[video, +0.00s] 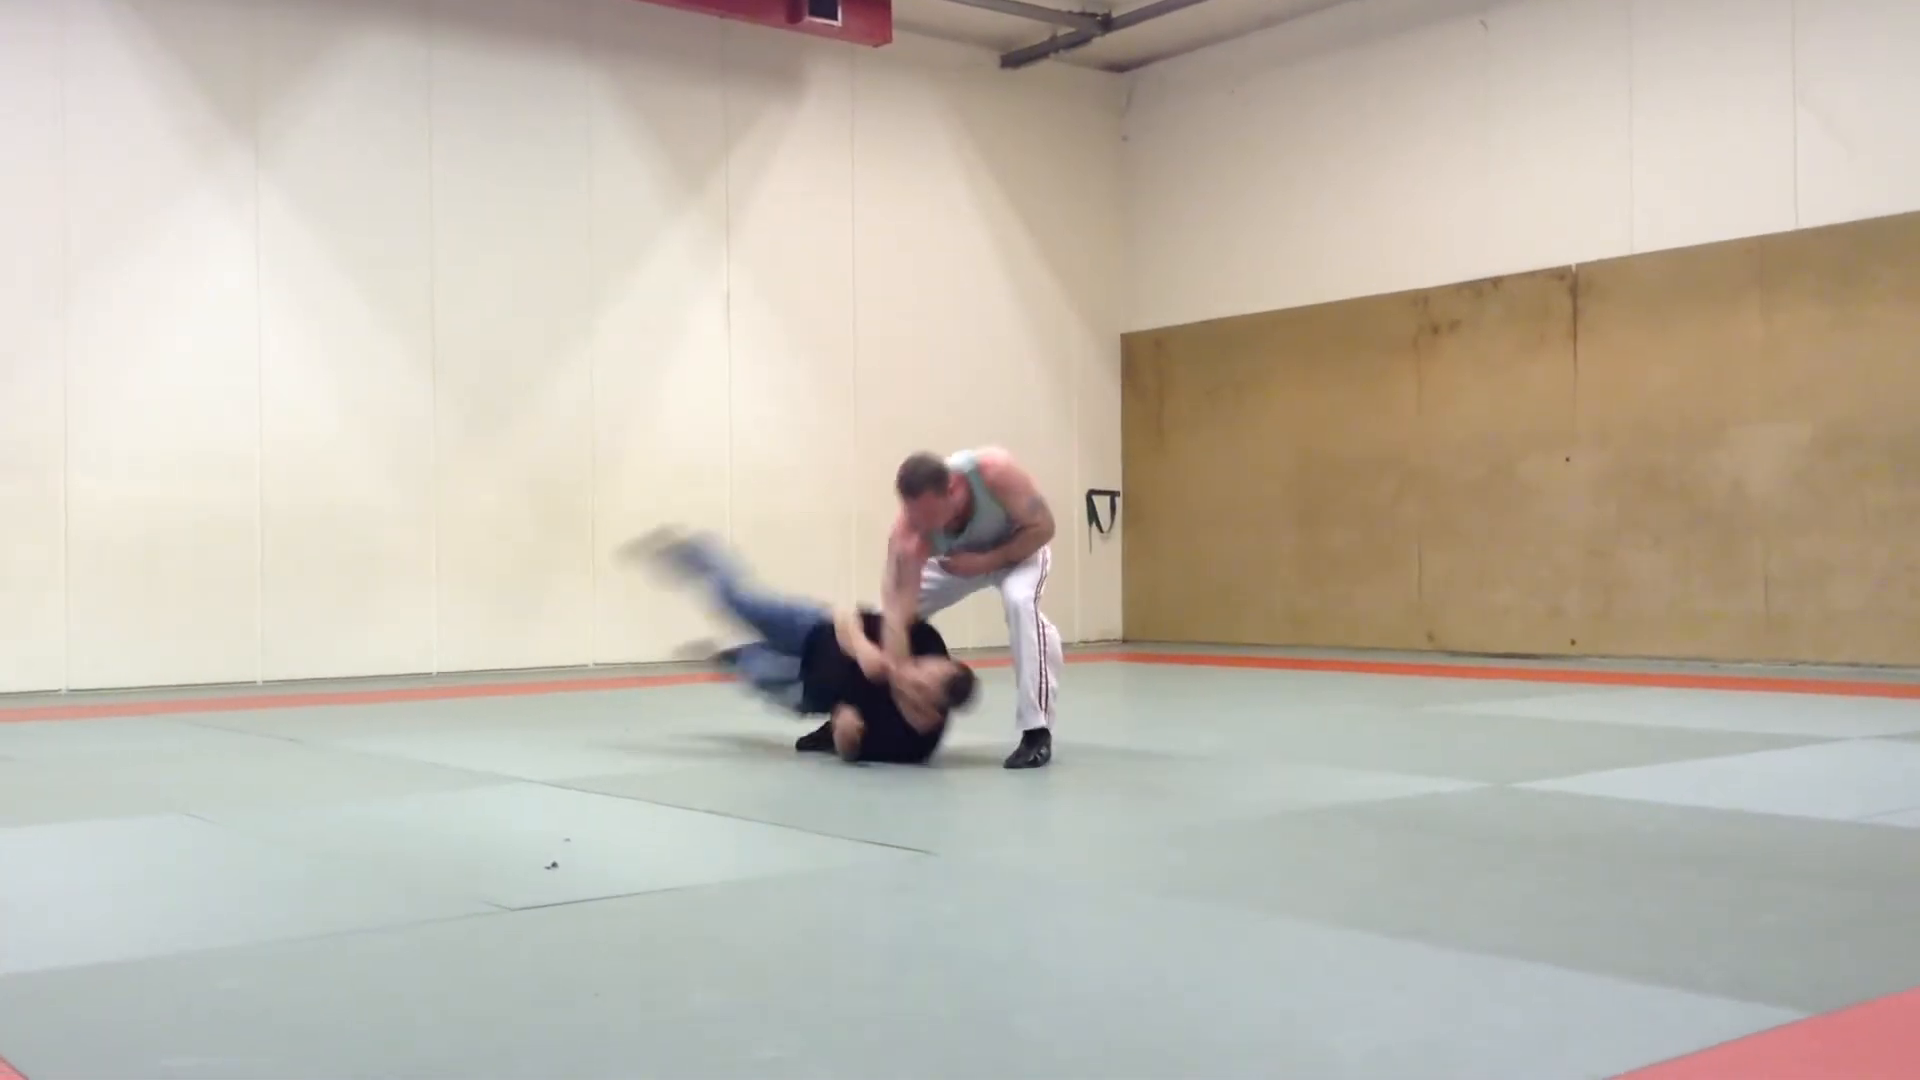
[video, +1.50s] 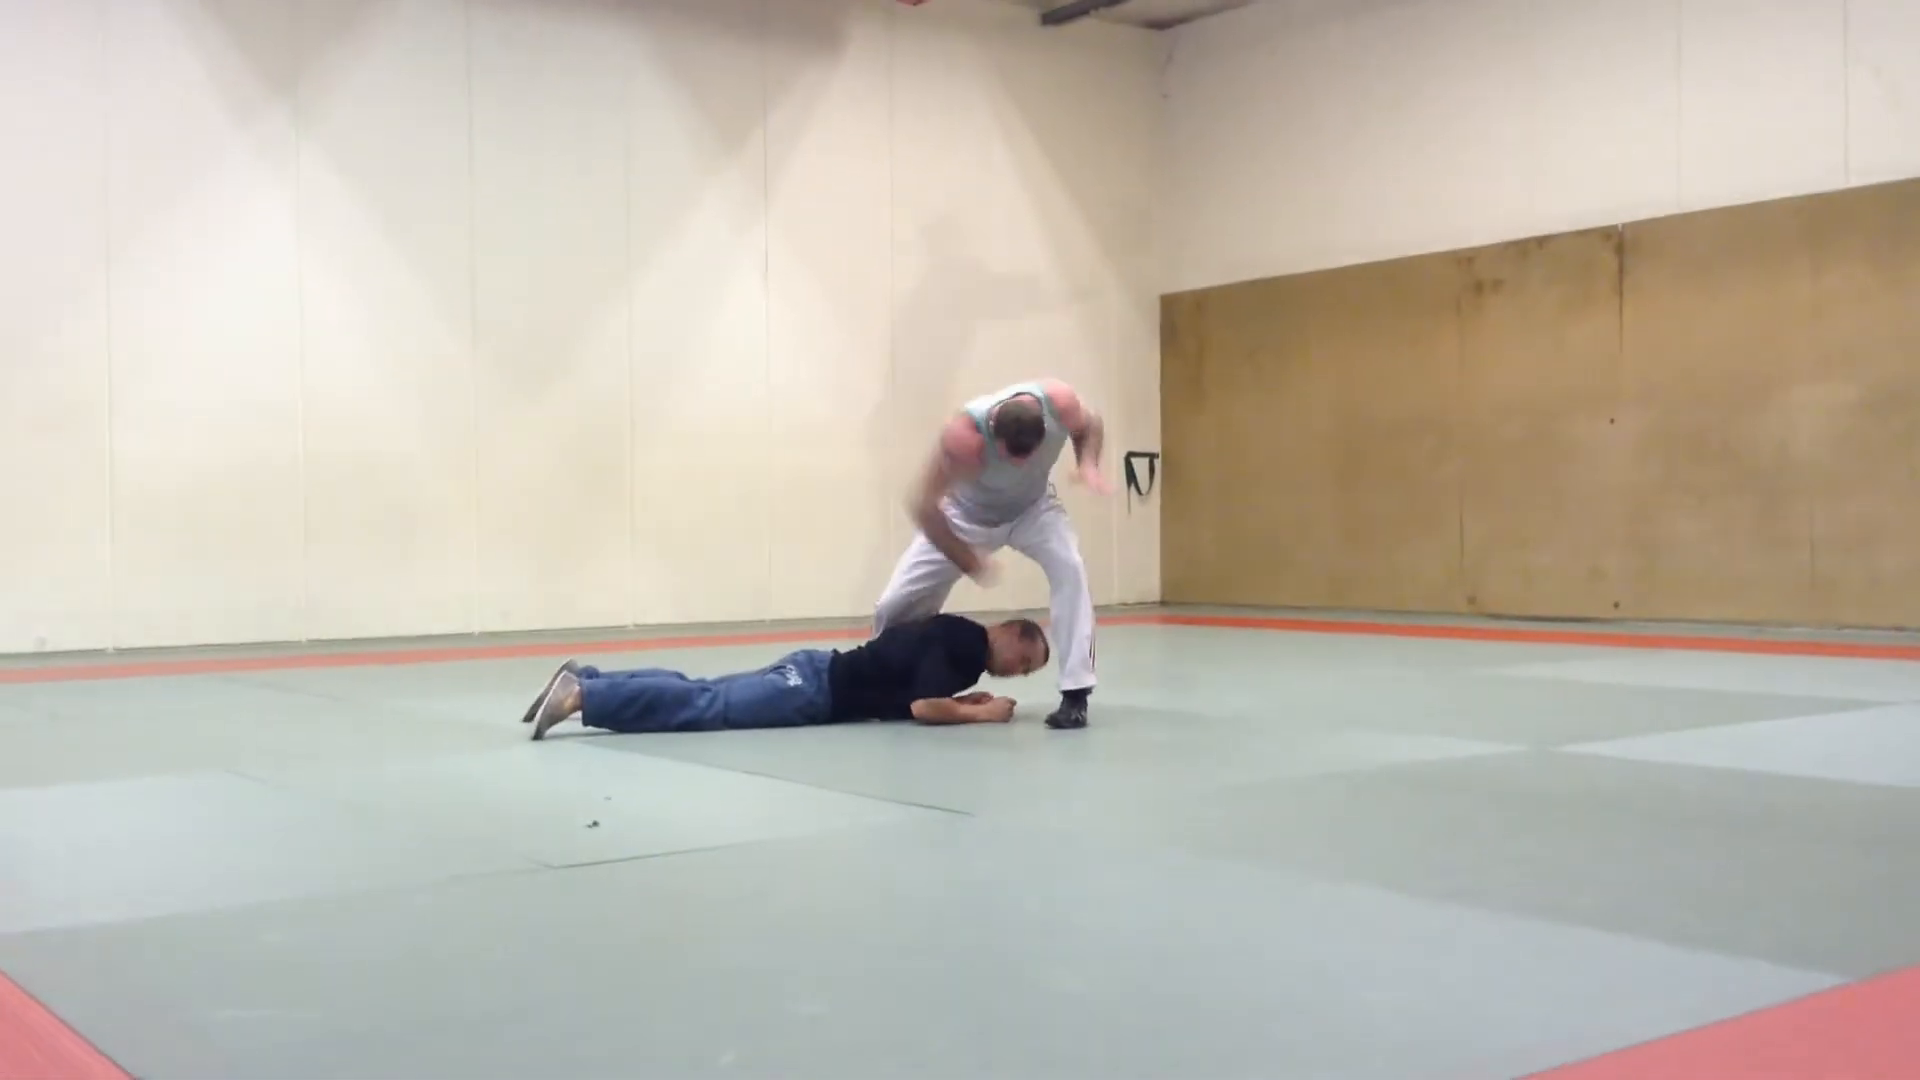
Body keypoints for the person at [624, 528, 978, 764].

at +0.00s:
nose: (913, 677)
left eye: (924, 687)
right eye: (923, 671)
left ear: (935, 706)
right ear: (927, 661)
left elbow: (849, 749)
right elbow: (848, 615)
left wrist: (847, 731)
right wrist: (861, 649)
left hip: (809, 685)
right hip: (818, 635)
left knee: (753, 664)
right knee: (739, 599)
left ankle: (730, 654)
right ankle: (695, 553)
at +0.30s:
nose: (973, 661)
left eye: (981, 656)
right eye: (973, 648)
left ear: (972, 660)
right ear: (950, 629)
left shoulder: (919, 692)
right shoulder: (887, 632)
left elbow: (869, 745)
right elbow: (832, 677)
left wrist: (920, 726)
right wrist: (898, 709)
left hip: (776, 722)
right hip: (768, 699)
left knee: (670, 726)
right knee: (680, 744)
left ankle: (540, 725)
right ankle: (550, 750)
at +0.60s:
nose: (974, 649)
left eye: (979, 640)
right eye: (971, 636)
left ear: (952, 633)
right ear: (945, 624)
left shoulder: (906, 651)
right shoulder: (900, 650)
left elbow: (874, 725)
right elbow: (890, 720)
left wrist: (925, 730)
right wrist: (938, 736)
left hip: (774, 703)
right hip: (772, 714)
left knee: (662, 718)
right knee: (661, 735)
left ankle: (534, 705)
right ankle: (542, 732)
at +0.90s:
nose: (993, 659)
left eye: (999, 651)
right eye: (993, 648)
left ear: (970, 628)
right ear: (969, 629)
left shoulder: (925, 641)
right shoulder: (922, 651)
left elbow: (892, 711)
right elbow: (894, 720)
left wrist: (939, 716)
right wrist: (950, 725)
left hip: (790, 687)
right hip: (789, 702)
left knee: (677, 708)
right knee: (675, 720)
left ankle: (552, 697)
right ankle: (555, 714)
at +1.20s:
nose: (1019, 659)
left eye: (1026, 654)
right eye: (1023, 649)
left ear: (1007, 633)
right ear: (1003, 627)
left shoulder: (956, 636)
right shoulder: (955, 641)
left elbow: (921, 701)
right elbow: (920, 713)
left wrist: (967, 706)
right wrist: (976, 714)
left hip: (812, 676)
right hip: (811, 692)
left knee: (703, 695)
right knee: (701, 709)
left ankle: (576, 685)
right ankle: (577, 702)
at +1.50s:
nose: (1022, 658)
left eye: (1030, 659)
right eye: (1025, 647)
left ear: (1020, 658)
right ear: (1009, 629)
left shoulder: (960, 642)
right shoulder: (959, 641)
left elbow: (919, 699)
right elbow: (919, 706)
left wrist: (972, 705)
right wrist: (979, 712)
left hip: (818, 677)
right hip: (815, 688)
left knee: (708, 694)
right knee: (705, 706)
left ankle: (586, 682)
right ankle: (581, 698)